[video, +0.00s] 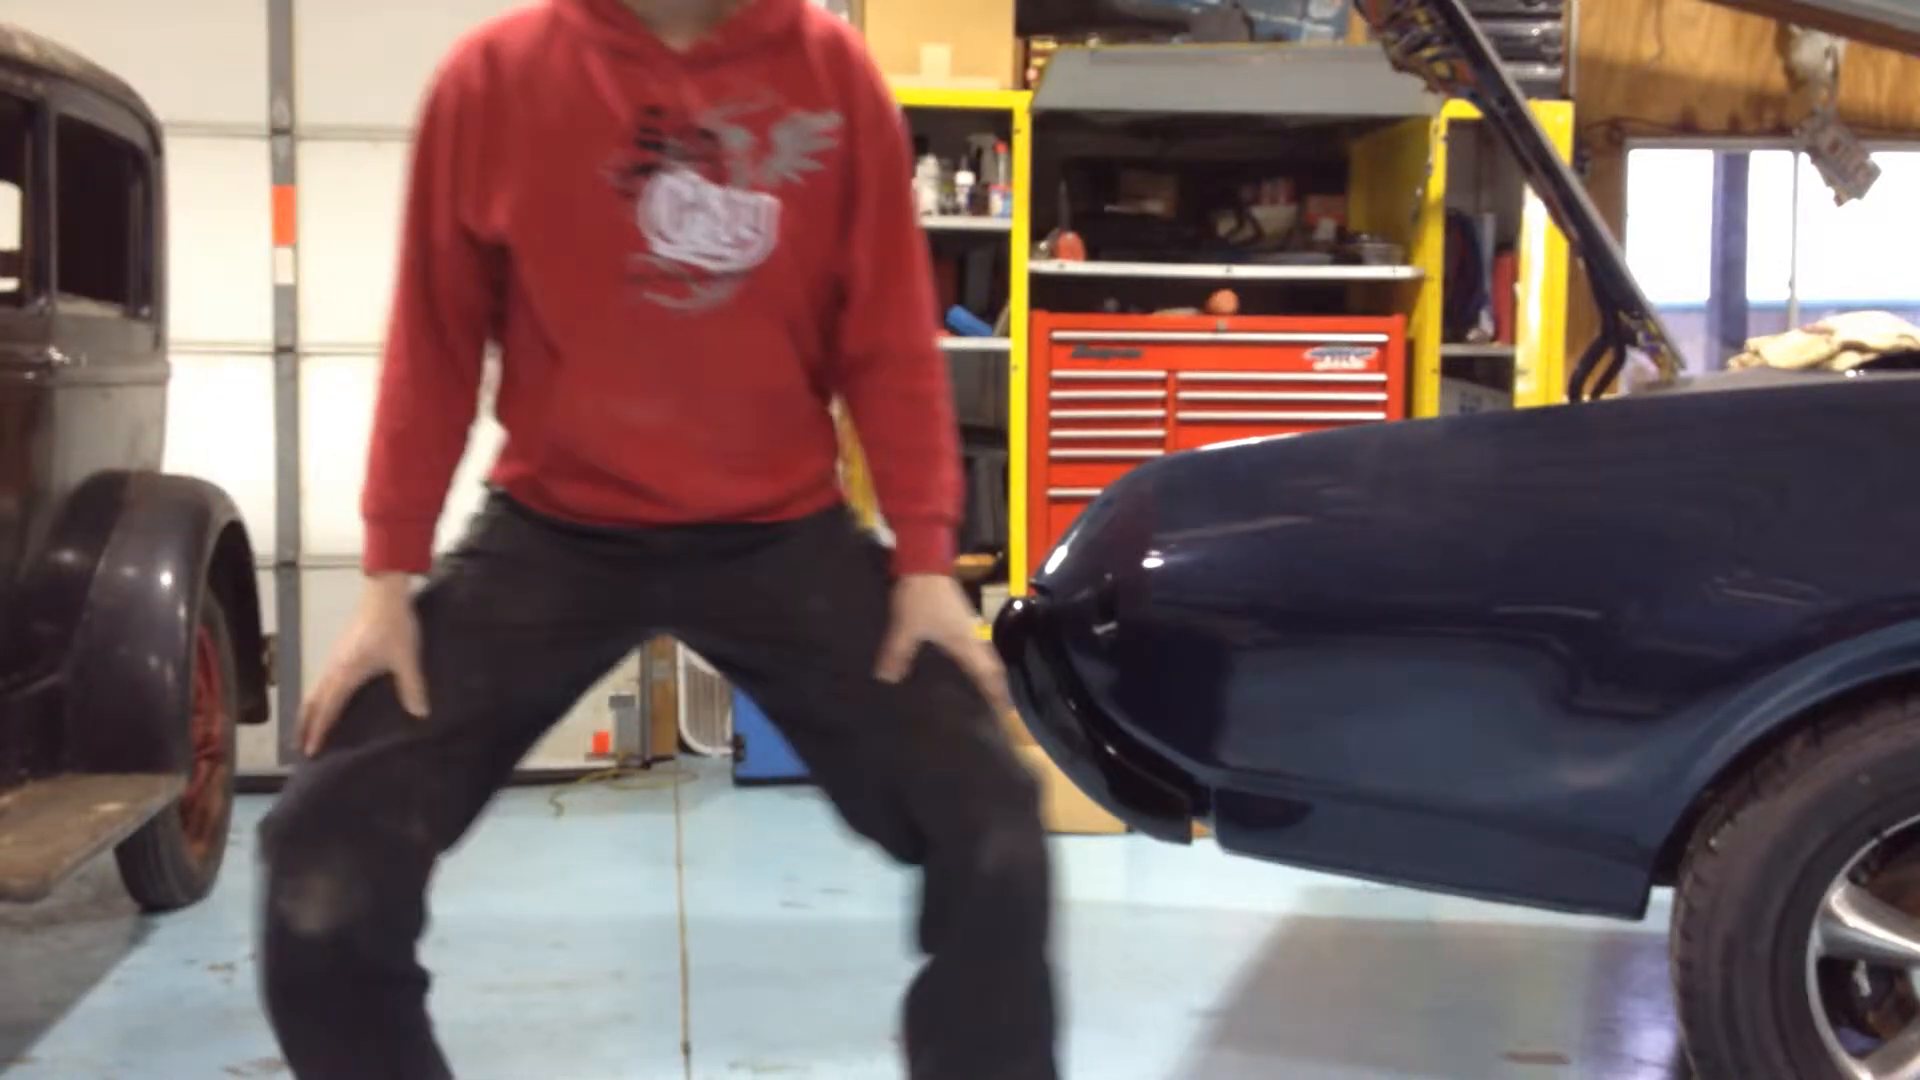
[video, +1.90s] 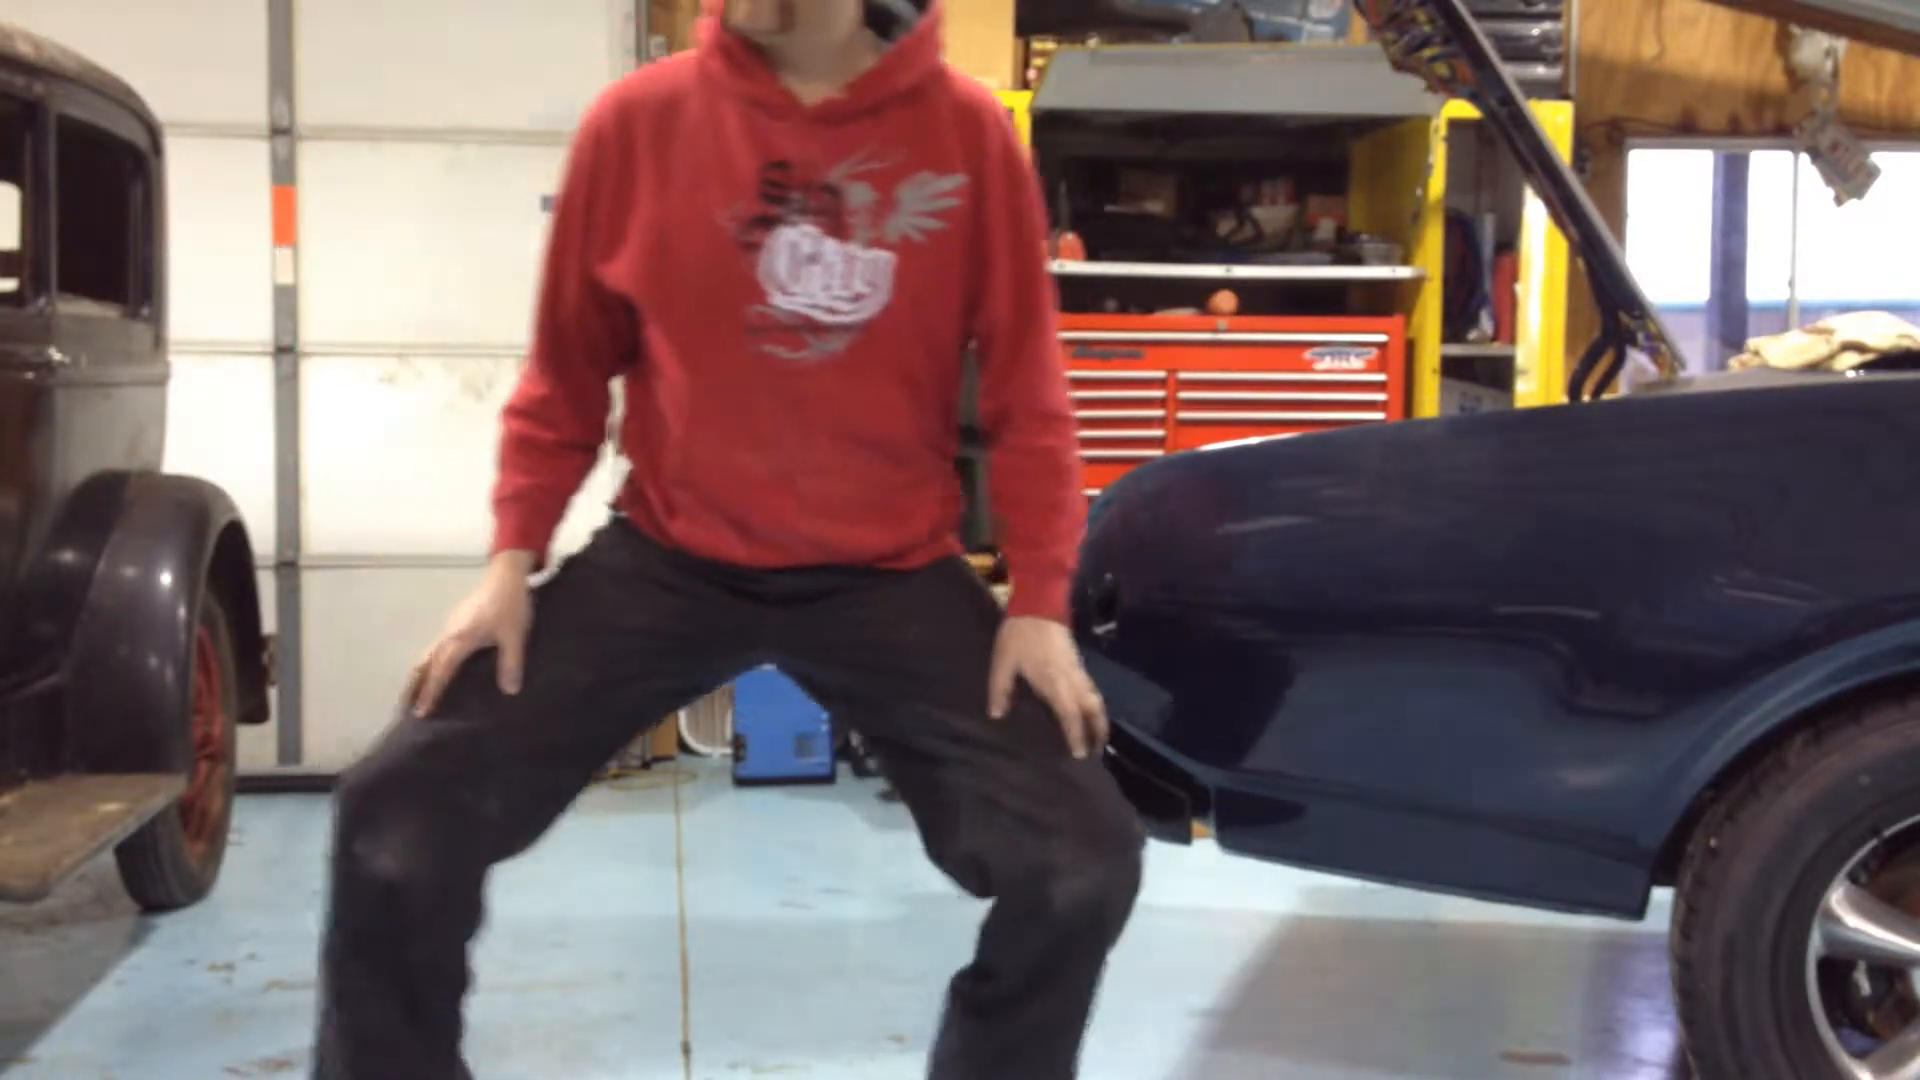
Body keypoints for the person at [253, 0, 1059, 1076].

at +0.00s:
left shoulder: (830, 71)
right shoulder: (496, 79)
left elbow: (891, 329)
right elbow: (432, 337)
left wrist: (927, 559)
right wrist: (389, 573)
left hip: (783, 537)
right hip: (553, 536)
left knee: (988, 816)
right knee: (331, 844)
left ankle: (983, 1068)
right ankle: (385, 1072)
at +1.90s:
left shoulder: (969, 135)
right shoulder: (637, 123)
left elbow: (1026, 384)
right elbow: (566, 365)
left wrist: (1039, 601)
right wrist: (509, 561)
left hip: (892, 581)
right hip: (668, 564)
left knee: (1083, 857)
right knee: (401, 812)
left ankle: (985, 1073)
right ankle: (390, 1071)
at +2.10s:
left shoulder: (1033, 140)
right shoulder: (702, 120)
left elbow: (1091, 394)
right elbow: (625, 361)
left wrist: (1088, 618)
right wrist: (561, 558)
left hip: (932, 585)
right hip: (709, 568)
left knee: (1113, 867)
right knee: (454, 819)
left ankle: (989, 1069)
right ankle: (428, 1072)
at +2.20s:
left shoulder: (1045, 146)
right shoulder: (712, 122)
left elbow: (1105, 403)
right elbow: (639, 358)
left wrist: (1101, 618)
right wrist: (578, 550)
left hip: (936, 582)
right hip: (715, 560)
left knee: (1125, 853)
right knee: (451, 807)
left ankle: (994, 1072)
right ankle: (409, 1071)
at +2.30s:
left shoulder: (1037, 142)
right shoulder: (706, 124)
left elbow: (1103, 400)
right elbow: (629, 361)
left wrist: (1103, 621)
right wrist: (571, 555)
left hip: (933, 586)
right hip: (711, 565)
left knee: (1117, 870)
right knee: (453, 813)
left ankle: (985, 1067)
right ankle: (423, 1067)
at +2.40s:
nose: (780, 2)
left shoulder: (1025, 145)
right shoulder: (696, 120)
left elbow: (1076, 401)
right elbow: (620, 355)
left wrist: (1078, 624)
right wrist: (556, 544)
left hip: (924, 586)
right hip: (700, 562)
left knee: (1101, 871)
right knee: (431, 800)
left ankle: (982, 1075)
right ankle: (390, 1072)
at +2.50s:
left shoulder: (998, 137)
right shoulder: (666, 118)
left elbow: (1058, 395)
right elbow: (588, 358)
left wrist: (1059, 615)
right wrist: (526, 550)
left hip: (898, 577)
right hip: (675, 557)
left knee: (1088, 858)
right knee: (413, 809)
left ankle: (985, 1073)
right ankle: (371, 1069)